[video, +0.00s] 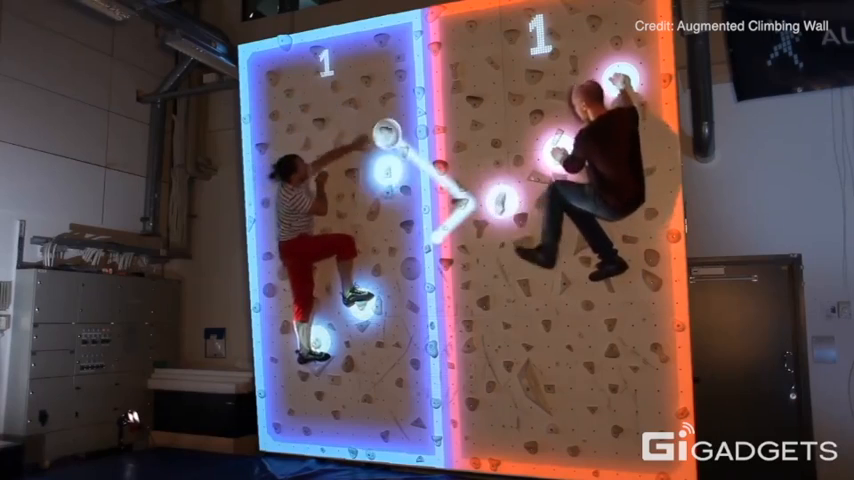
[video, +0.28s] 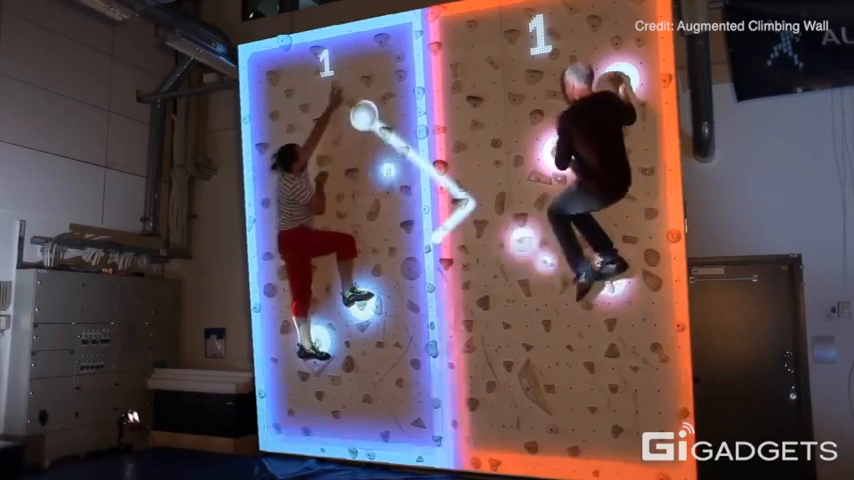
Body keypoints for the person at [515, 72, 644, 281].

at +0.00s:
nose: (576, 111)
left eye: (576, 106)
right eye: (575, 107)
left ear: (583, 106)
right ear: (602, 99)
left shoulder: (587, 136)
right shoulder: (627, 115)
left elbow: (573, 167)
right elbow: (630, 107)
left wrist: (561, 157)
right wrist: (626, 90)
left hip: (613, 206)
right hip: (637, 198)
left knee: (557, 190)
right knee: (572, 202)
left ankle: (546, 252)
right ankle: (610, 259)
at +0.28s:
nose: (565, 89)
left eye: (566, 85)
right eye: (566, 85)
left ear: (571, 86)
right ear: (591, 81)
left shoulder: (568, 117)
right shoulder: (608, 99)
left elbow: (561, 163)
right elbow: (631, 116)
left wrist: (559, 148)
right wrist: (625, 94)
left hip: (595, 190)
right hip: (621, 183)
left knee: (556, 213)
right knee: (576, 209)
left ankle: (582, 271)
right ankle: (611, 259)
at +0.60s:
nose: (560, 62)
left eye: (561, 58)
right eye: (563, 58)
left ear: (563, 59)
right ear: (585, 62)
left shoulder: (551, 91)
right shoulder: (596, 83)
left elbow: (526, 127)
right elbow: (615, 117)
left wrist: (546, 111)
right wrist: (617, 92)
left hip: (568, 168)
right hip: (595, 163)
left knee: (561, 228)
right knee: (573, 209)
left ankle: (596, 285)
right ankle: (610, 258)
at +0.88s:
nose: (555, 62)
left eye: (557, 57)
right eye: (558, 57)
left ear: (562, 59)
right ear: (583, 59)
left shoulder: (552, 90)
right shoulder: (595, 82)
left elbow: (532, 128)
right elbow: (614, 117)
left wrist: (531, 110)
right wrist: (617, 91)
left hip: (568, 166)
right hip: (595, 161)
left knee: (582, 229)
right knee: (578, 214)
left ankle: (627, 289)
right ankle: (609, 260)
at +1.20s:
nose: (556, 88)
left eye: (556, 81)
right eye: (554, 83)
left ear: (565, 76)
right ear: (579, 69)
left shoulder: (573, 99)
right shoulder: (608, 84)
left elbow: (552, 129)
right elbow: (632, 112)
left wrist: (539, 117)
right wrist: (621, 87)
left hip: (607, 173)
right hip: (629, 165)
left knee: (610, 235)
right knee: (584, 200)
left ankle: (655, 287)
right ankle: (614, 259)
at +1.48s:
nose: (562, 105)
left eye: (561, 99)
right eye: (559, 101)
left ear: (570, 90)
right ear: (578, 83)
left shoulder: (583, 116)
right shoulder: (613, 89)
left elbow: (561, 132)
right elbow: (643, 108)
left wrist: (545, 120)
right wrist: (624, 87)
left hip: (630, 176)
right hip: (650, 162)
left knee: (593, 227)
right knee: (594, 197)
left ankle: (602, 291)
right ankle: (616, 261)